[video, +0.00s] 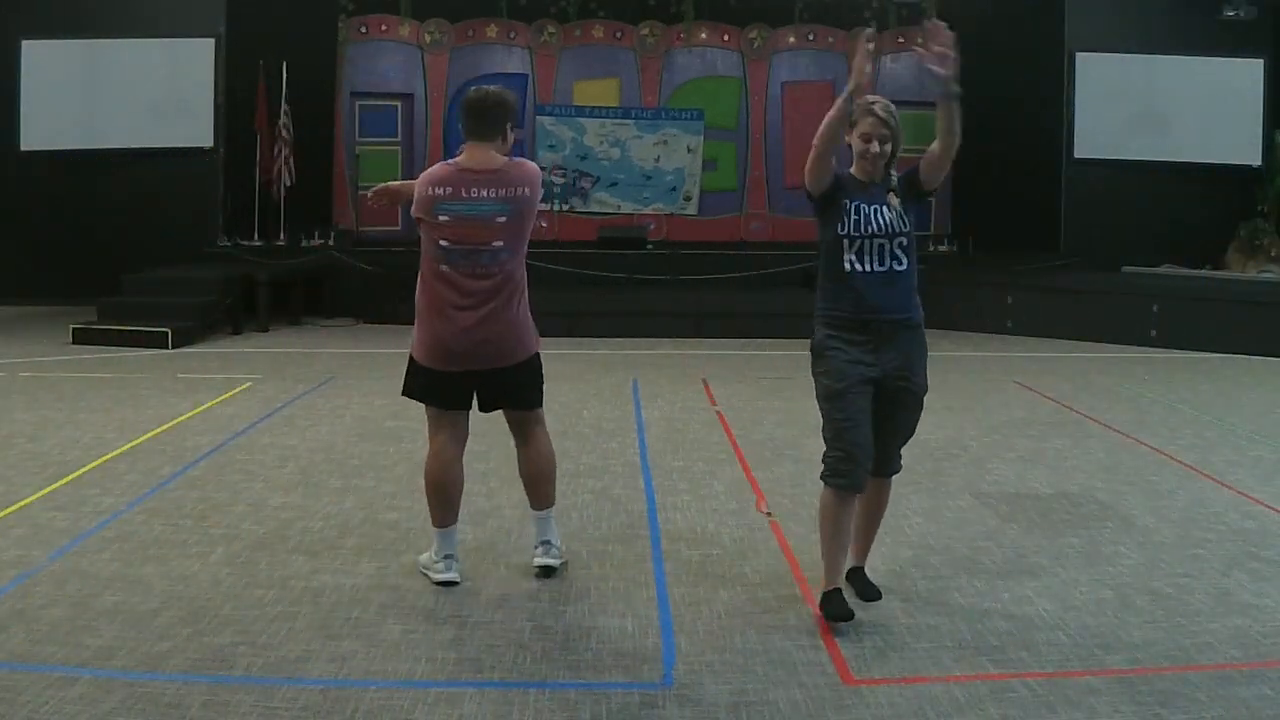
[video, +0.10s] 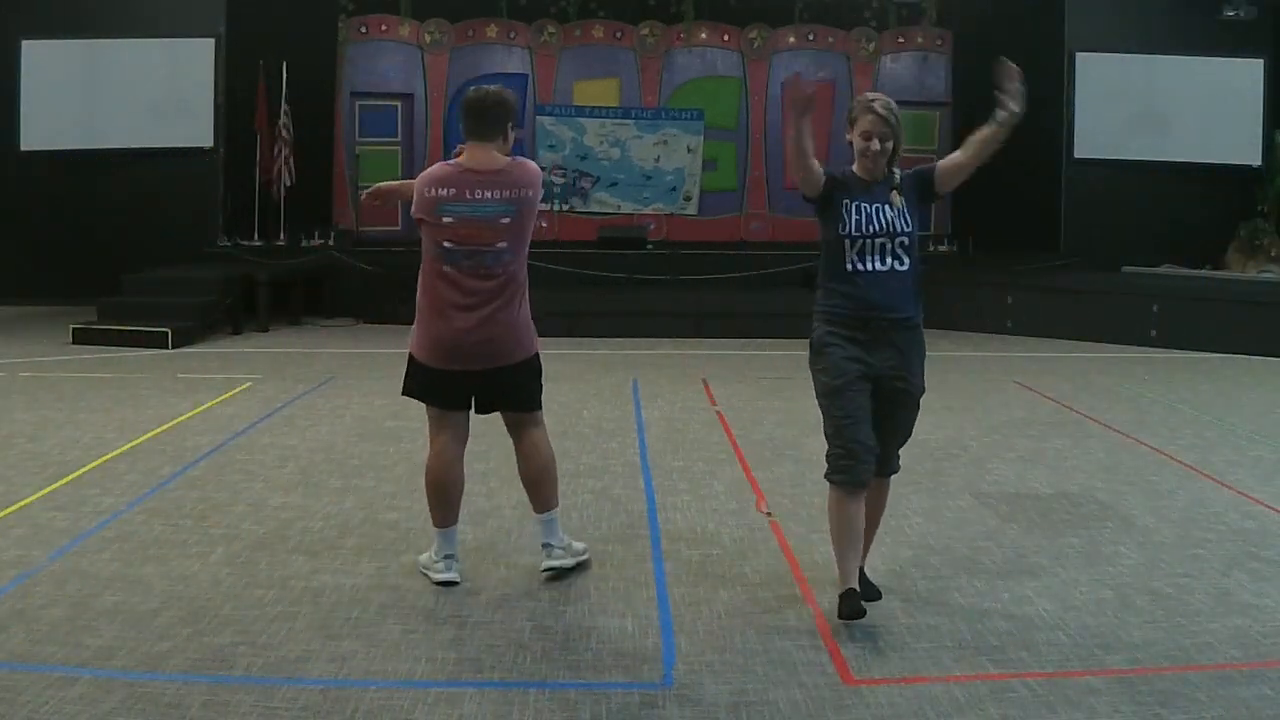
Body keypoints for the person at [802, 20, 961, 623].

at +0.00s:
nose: (873, 144)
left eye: (882, 137)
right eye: (865, 136)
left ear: (896, 144)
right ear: (850, 140)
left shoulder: (910, 186)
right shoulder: (830, 187)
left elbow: (945, 149)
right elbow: (821, 151)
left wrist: (946, 85)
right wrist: (852, 89)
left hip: (902, 343)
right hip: (842, 344)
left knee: (883, 464)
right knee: (848, 463)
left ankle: (857, 566)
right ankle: (832, 585)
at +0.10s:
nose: (872, 144)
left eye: (881, 137)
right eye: (864, 135)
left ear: (895, 142)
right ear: (848, 138)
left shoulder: (914, 186)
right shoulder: (832, 188)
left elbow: (965, 158)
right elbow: (806, 175)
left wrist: (1005, 119)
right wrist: (797, 128)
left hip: (900, 341)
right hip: (840, 339)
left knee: (881, 462)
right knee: (851, 459)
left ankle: (858, 567)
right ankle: (848, 585)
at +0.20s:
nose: (870, 144)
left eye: (880, 136)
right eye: (863, 135)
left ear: (896, 141)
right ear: (849, 138)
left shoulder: (919, 190)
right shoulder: (834, 188)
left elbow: (985, 176)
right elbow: (786, 179)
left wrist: (1048, 161)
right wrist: (748, 158)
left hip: (901, 345)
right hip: (841, 344)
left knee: (882, 466)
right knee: (853, 464)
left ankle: (857, 569)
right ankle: (854, 588)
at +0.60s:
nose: (876, 134)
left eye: (883, 125)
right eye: (865, 127)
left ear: (894, 131)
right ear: (845, 136)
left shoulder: (920, 179)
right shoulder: (831, 187)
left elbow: (986, 140)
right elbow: (779, 150)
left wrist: (1050, 102)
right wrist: (734, 106)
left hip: (911, 351)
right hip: (848, 352)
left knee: (901, 480)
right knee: (855, 477)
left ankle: (861, 556)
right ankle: (852, 597)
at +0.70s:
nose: (868, 131)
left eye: (875, 123)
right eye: (857, 125)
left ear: (888, 132)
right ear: (837, 137)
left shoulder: (913, 174)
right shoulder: (833, 186)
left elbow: (965, 126)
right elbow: (808, 146)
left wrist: (1009, 69)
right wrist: (793, 69)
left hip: (915, 347)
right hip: (852, 350)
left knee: (925, 484)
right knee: (854, 483)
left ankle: (875, 548)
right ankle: (854, 601)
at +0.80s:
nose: (868, 133)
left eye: (874, 123)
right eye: (855, 128)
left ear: (888, 131)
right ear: (841, 140)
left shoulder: (910, 176)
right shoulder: (834, 189)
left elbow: (950, 126)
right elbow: (835, 123)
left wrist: (965, 60)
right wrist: (863, 56)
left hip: (919, 345)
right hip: (855, 349)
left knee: (953, 477)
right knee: (857, 481)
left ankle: (903, 558)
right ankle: (855, 600)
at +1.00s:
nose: (868, 128)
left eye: (876, 119)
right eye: (854, 124)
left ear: (893, 127)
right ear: (837, 139)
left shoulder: (916, 178)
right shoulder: (841, 183)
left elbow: (952, 163)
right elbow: (888, 144)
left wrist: (946, 108)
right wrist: (946, 84)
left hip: (933, 347)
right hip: (868, 351)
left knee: (975, 471)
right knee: (864, 483)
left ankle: (994, 589)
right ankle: (857, 601)